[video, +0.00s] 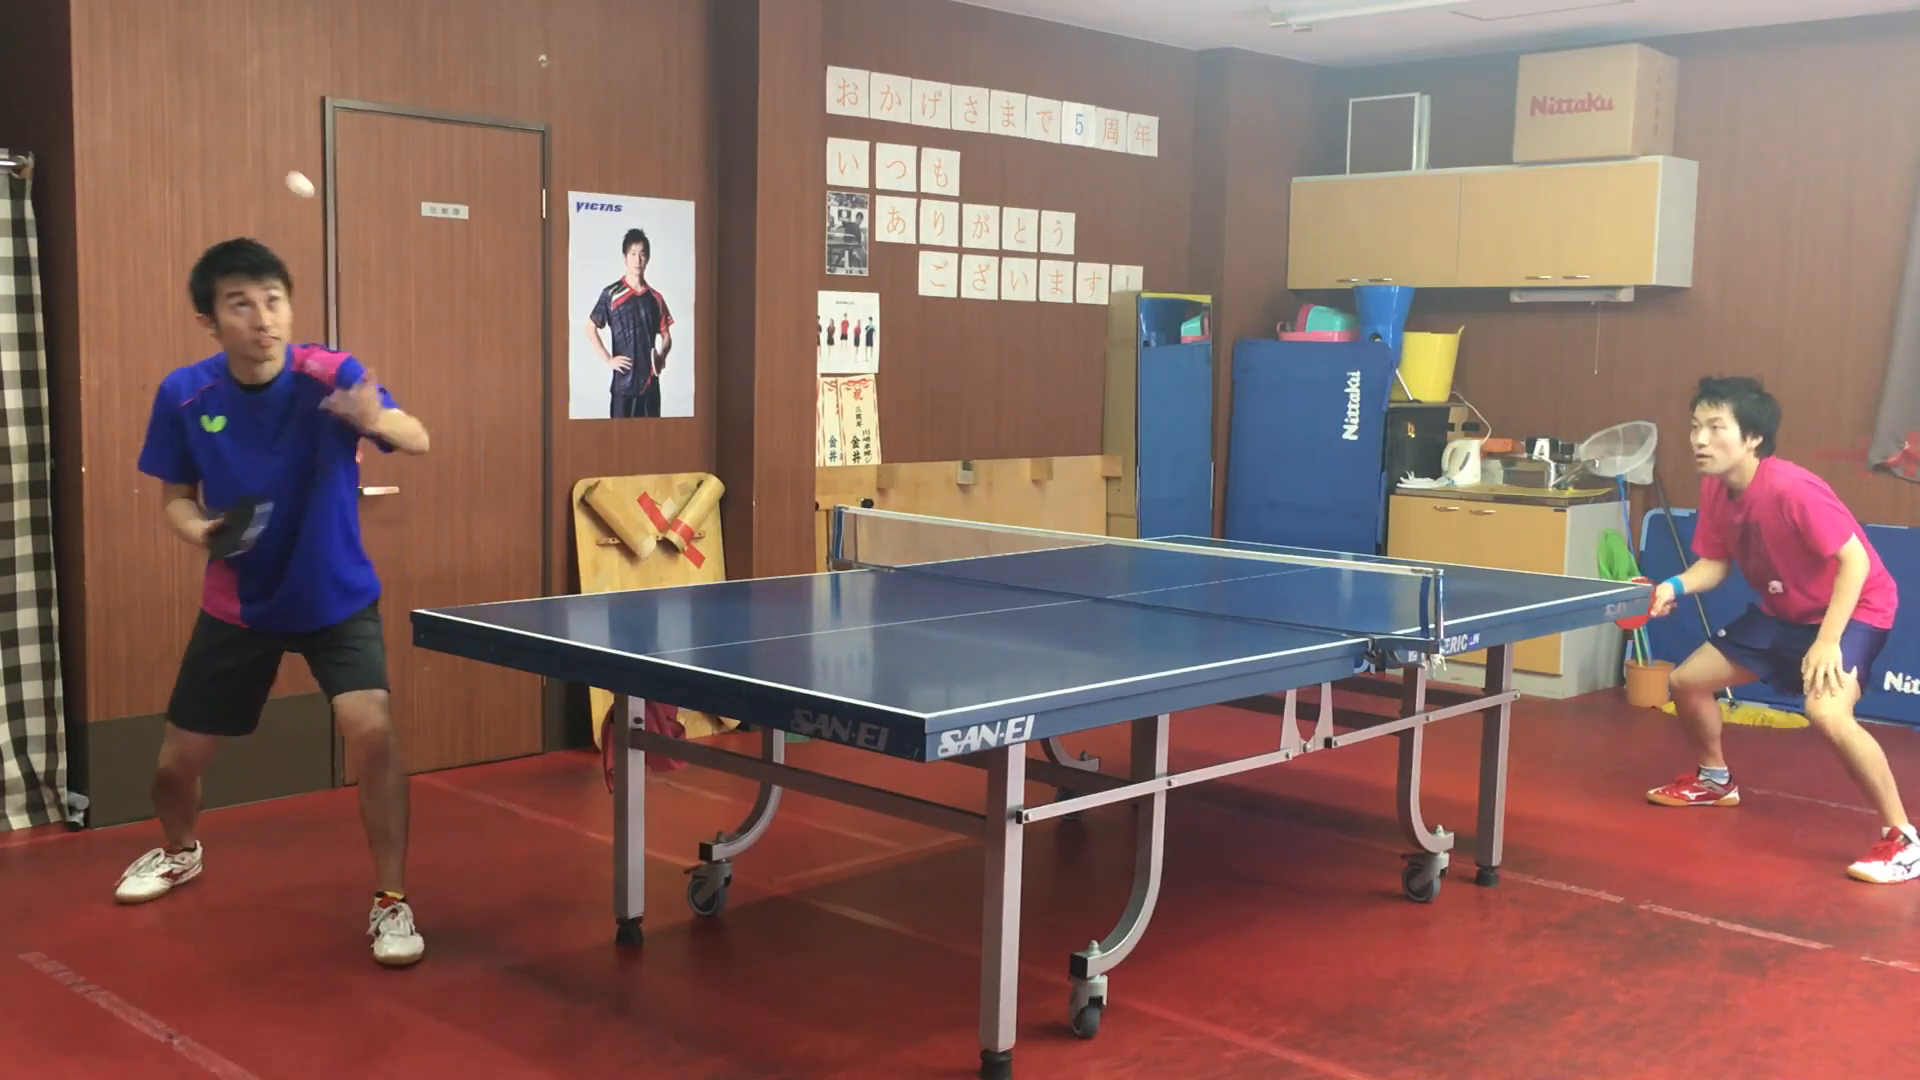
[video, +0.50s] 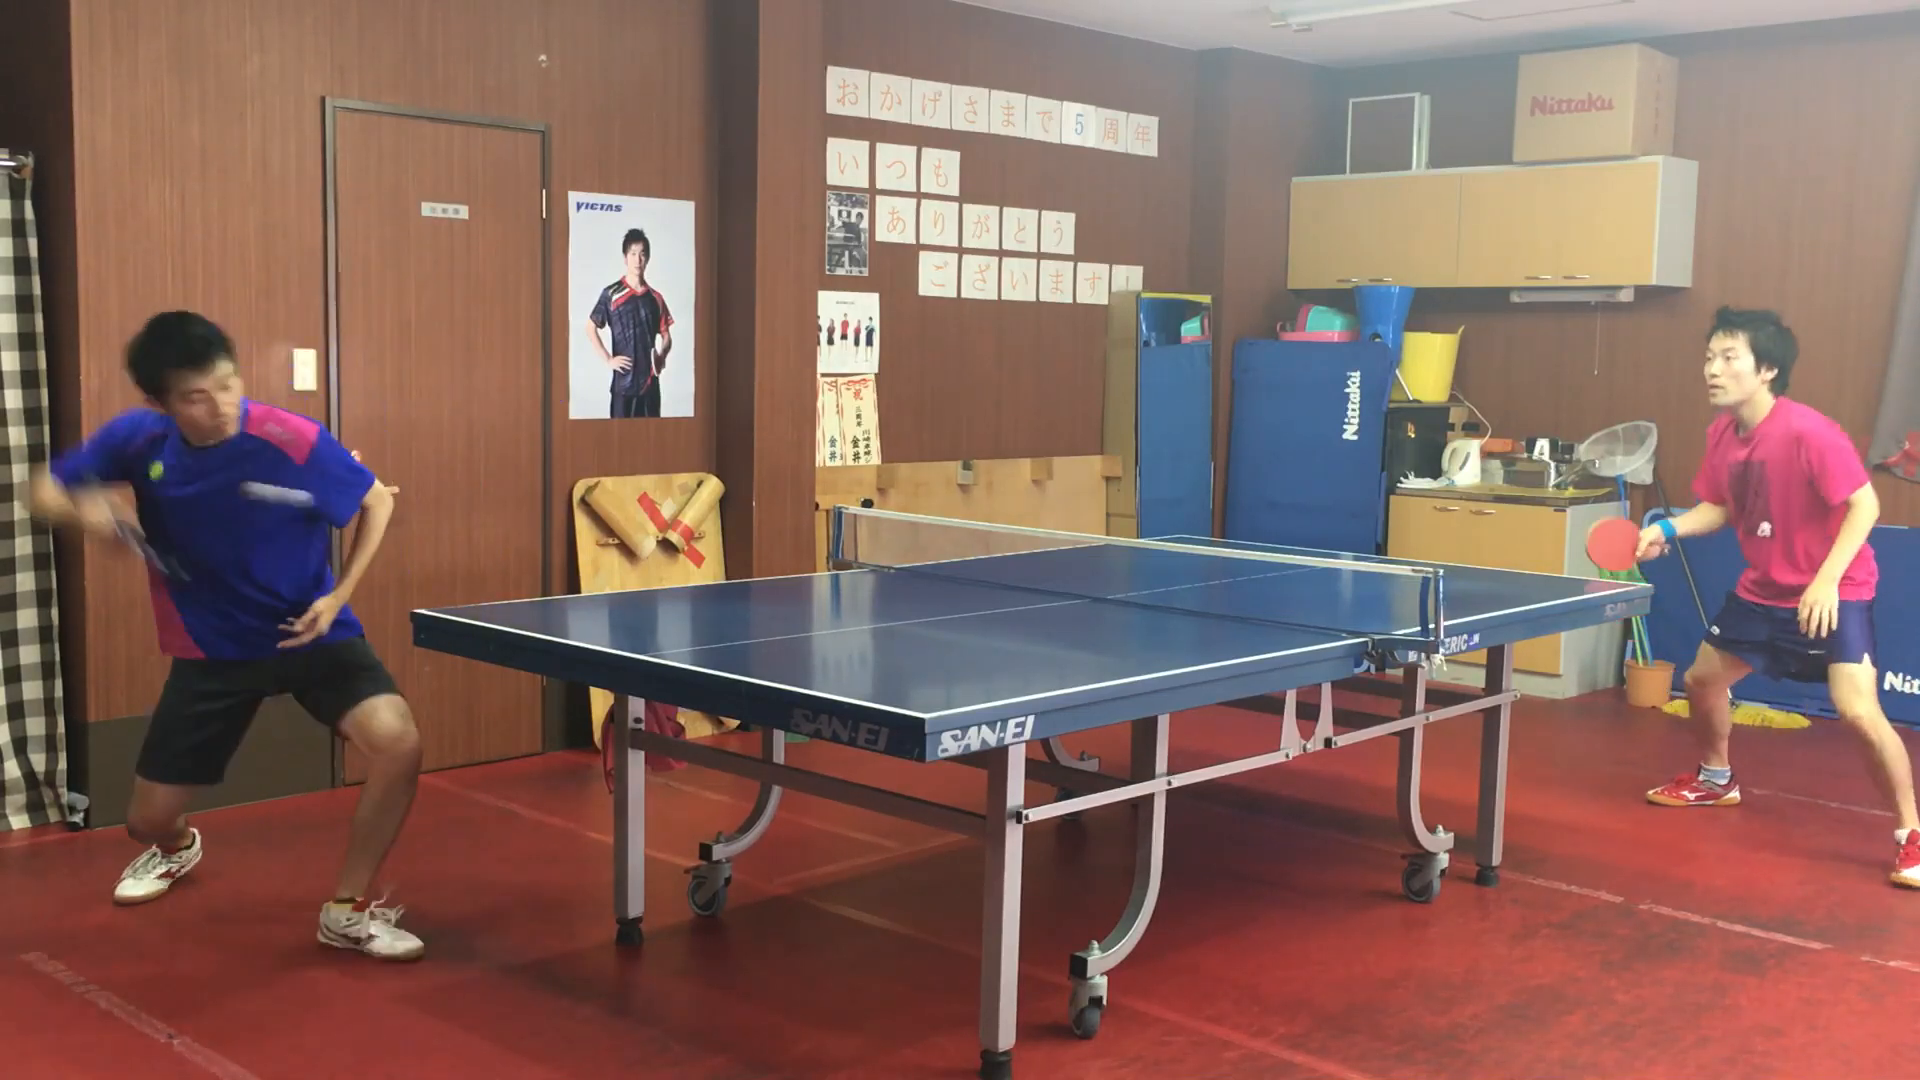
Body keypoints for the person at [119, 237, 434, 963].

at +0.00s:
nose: (262, 319)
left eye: (273, 301)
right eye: (241, 305)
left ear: (291, 307)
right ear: (211, 319)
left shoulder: (332, 373)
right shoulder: (184, 396)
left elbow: (419, 442)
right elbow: (178, 500)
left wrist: (374, 420)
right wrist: (201, 530)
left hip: (335, 595)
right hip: (237, 602)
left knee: (373, 733)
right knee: (177, 763)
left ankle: (391, 899)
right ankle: (180, 853)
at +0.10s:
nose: (229, 314)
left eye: (238, 297)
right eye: (207, 303)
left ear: (257, 306)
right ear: (178, 325)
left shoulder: (303, 377)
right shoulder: (163, 397)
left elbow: (402, 449)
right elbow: (158, 485)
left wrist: (353, 464)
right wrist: (143, 526)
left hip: (320, 594)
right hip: (222, 601)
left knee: (361, 729)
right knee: (166, 761)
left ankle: (392, 898)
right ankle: (178, 852)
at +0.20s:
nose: (201, 319)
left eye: (210, 301)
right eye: (178, 309)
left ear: (232, 309)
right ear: (154, 331)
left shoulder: (286, 387)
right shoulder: (148, 396)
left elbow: (388, 460)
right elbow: (137, 467)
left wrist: (340, 514)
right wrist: (68, 495)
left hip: (308, 593)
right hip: (210, 602)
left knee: (361, 727)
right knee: (157, 764)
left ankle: (392, 897)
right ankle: (179, 852)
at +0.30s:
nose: (179, 338)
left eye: (188, 318)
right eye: (157, 327)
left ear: (213, 323)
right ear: (136, 344)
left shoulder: (273, 399)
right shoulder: (132, 403)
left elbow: (379, 472)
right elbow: (99, 441)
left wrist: (334, 550)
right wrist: (20, 424)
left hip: (303, 600)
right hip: (202, 614)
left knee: (373, 723)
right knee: (150, 781)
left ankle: (394, 896)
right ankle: (179, 853)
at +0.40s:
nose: (171, 382)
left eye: (180, 361)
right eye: (151, 371)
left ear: (207, 353)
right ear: (129, 377)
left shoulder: (270, 423)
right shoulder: (122, 411)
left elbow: (376, 489)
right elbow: (45, 421)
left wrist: (330, 580)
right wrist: (15, 390)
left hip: (302, 616)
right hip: (202, 634)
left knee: (390, 713)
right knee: (148, 803)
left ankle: (383, 886)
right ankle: (180, 851)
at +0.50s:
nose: (218, 407)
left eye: (225, 388)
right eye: (196, 397)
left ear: (238, 374)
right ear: (162, 401)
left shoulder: (290, 439)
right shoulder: (135, 440)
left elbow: (378, 498)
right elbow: (40, 490)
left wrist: (340, 594)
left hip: (313, 638)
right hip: (209, 654)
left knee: (398, 742)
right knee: (150, 817)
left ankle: (348, 907)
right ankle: (178, 849)